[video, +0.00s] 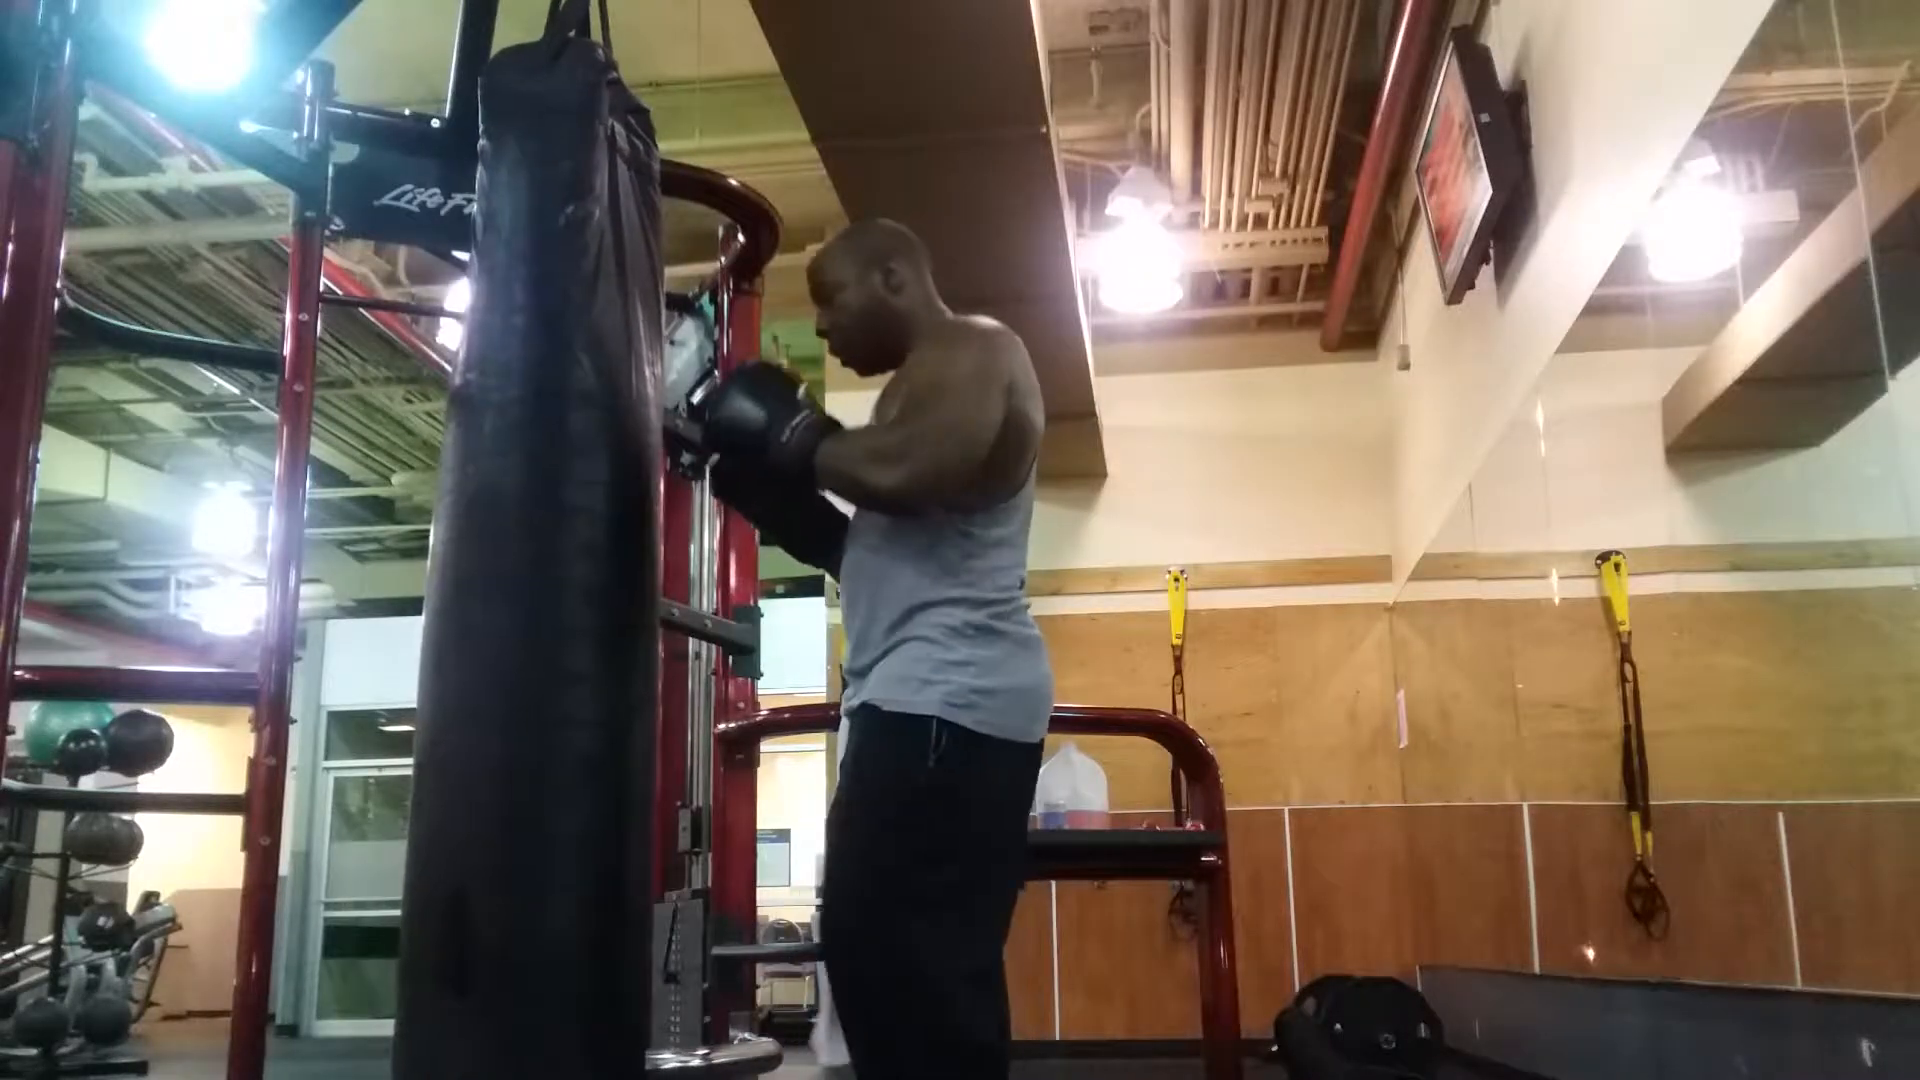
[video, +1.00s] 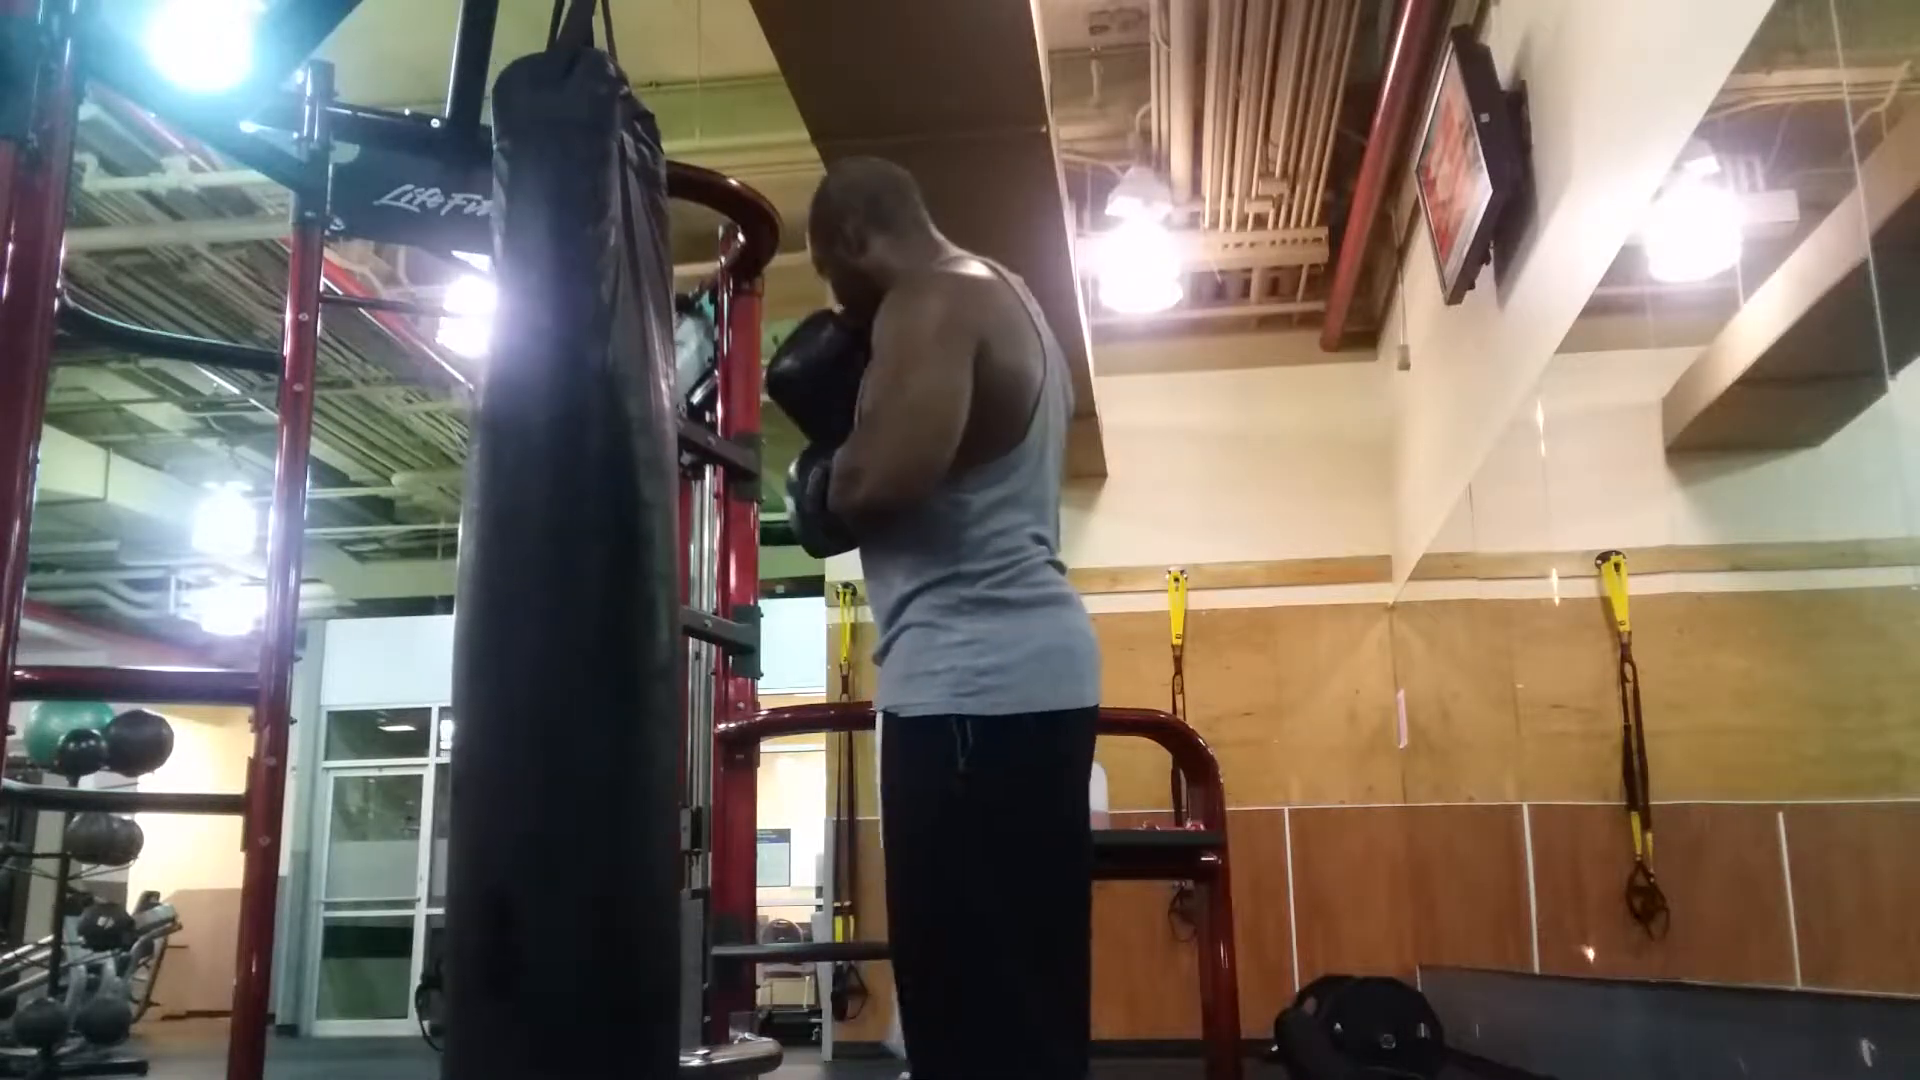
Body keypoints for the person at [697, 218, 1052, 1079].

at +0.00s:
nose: (821, 327)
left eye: (827, 300)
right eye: (815, 309)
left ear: (891, 278)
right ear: (894, 285)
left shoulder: (972, 347)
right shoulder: (916, 396)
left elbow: (923, 467)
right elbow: (884, 567)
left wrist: (798, 431)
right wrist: (770, 499)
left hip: (947, 695)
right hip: (920, 694)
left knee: (885, 949)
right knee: (914, 961)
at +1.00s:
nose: (836, 292)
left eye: (828, 265)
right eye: (829, 271)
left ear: (855, 240)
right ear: (913, 221)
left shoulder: (933, 296)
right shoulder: (1001, 296)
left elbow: (887, 477)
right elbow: (971, 475)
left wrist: (827, 479)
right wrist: (849, 404)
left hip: (971, 688)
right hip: (1025, 677)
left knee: (964, 1003)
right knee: (1022, 995)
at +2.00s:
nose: (684, 343)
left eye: (692, 316)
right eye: (681, 320)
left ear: (740, 306)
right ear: (764, 306)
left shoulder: (799, 350)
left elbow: (791, 430)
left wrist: (667, 468)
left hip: (869, 708)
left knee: (897, 1000)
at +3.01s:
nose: (811, 256)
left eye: (824, 235)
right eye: (815, 237)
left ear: (880, 234)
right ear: (895, 241)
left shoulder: (938, 313)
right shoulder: (938, 331)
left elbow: (885, 474)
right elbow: (963, 546)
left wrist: (815, 489)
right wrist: (868, 608)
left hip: (971, 699)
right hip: (978, 698)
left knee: (960, 1020)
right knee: (983, 1016)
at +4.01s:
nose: (813, 265)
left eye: (811, 235)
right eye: (803, 243)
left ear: (860, 201)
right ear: (894, 198)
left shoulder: (954, 269)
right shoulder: (1012, 270)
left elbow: (905, 473)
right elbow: (1083, 469)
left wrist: (839, 465)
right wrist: (895, 506)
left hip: (1002, 683)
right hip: (1069, 675)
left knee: (919, 994)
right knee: (1091, 979)